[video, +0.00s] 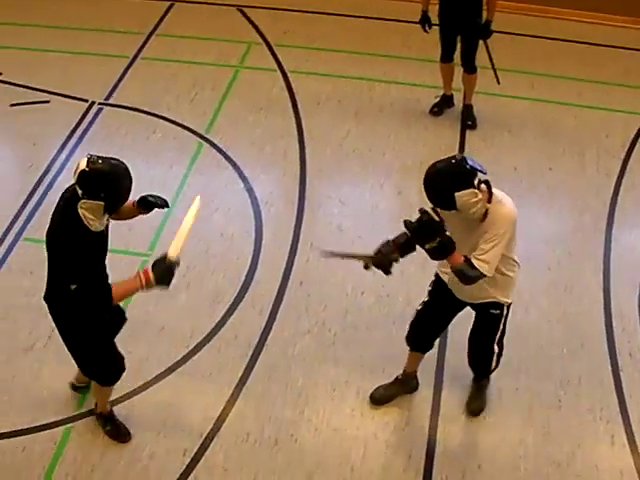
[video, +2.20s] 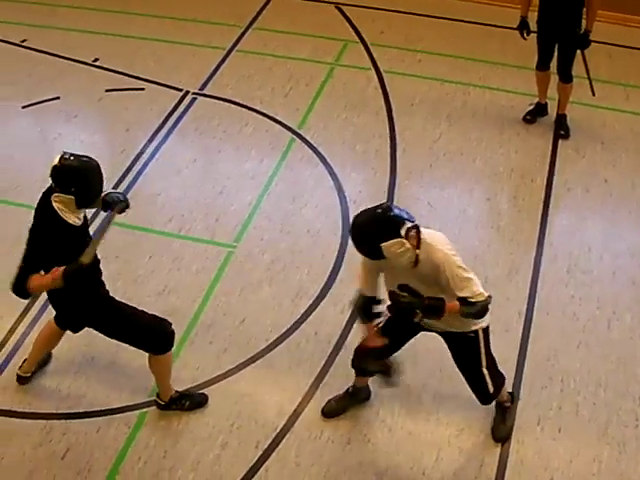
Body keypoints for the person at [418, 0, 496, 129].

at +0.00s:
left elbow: (491, 0)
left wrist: (488, 21)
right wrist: (424, 11)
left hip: (471, 17)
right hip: (447, 16)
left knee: (469, 64)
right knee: (446, 57)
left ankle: (467, 106)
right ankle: (447, 96)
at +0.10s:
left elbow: (506, 1)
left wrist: (504, 23)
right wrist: (439, 12)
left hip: (487, 20)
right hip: (463, 18)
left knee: (484, 66)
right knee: (461, 59)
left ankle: (482, 109)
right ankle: (462, 98)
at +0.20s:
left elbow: (525, 2)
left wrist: (522, 25)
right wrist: (457, 14)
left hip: (505, 22)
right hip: (480, 20)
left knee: (502, 69)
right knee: (478, 61)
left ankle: (500, 111)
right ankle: (479, 100)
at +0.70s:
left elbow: (543, 3)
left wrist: (540, 28)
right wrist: (476, 16)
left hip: (523, 24)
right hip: (499, 21)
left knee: (519, 70)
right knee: (496, 62)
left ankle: (517, 113)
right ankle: (496, 102)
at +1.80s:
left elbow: (560, 1)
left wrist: (556, 26)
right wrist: (493, 13)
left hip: (540, 22)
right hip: (515, 19)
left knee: (535, 68)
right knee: (512, 60)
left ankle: (532, 111)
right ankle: (512, 99)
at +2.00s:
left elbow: (576, 2)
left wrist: (572, 28)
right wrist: (509, 14)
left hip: (556, 23)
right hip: (531, 20)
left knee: (550, 69)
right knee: (527, 62)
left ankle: (547, 113)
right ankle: (526, 101)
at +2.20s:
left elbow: (592, 4)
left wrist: (588, 31)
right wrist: (523, 17)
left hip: (571, 26)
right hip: (546, 22)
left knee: (565, 73)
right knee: (542, 65)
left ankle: (561, 116)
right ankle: (541, 104)